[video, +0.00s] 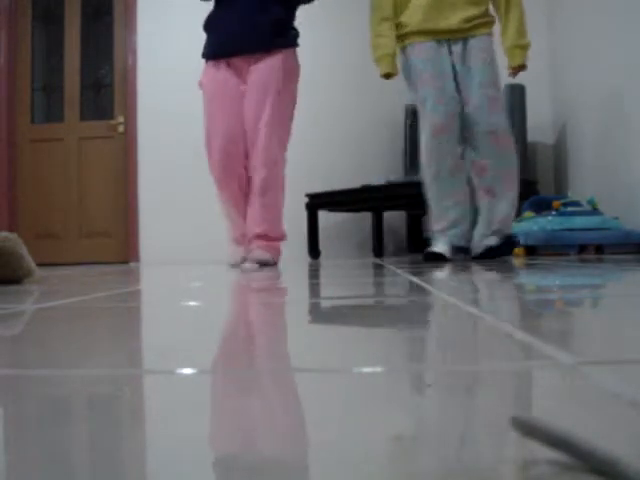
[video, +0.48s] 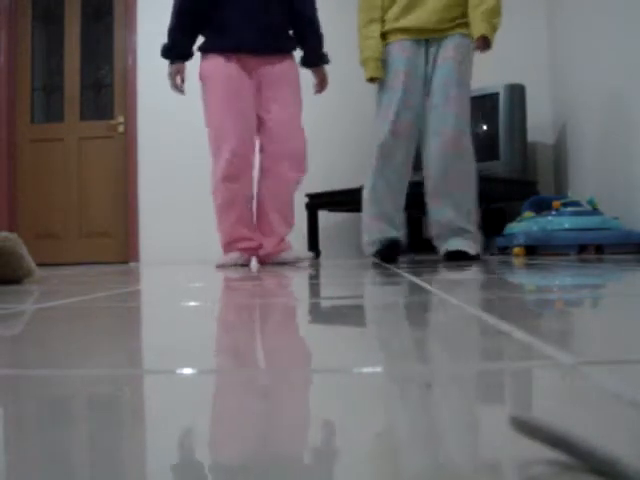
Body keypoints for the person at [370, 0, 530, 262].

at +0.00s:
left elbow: (506, 1)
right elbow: (383, 3)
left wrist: (515, 41)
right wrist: (384, 46)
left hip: (475, 27)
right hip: (420, 30)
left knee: (489, 127)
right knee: (438, 131)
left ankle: (492, 235)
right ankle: (447, 237)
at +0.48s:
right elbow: (370, 4)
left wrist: (483, 18)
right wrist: (371, 50)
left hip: (455, 24)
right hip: (400, 26)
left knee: (450, 133)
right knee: (395, 133)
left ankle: (457, 238)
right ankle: (385, 235)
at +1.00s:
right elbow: (380, 4)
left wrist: (504, 34)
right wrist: (379, 49)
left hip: (466, 21)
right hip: (410, 24)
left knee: (471, 126)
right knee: (416, 128)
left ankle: (475, 233)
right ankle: (408, 238)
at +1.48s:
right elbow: (361, 4)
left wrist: (463, 21)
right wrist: (364, 51)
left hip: (445, 27)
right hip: (393, 31)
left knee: (453, 138)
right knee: (396, 140)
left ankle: (462, 239)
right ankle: (393, 242)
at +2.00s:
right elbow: (376, 2)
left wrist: (507, 25)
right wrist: (380, 45)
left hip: (467, 28)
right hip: (410, 30)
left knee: (479, 133)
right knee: (418, 138)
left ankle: (485, 236)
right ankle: (425, 240)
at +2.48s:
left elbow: (486, 1)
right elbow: (376, 4)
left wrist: (483, 37)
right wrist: (377, 55)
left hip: (456, 31)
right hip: (402, 32)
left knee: (452, 136)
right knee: (402, 139)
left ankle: (461, 239)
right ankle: (402, 243)